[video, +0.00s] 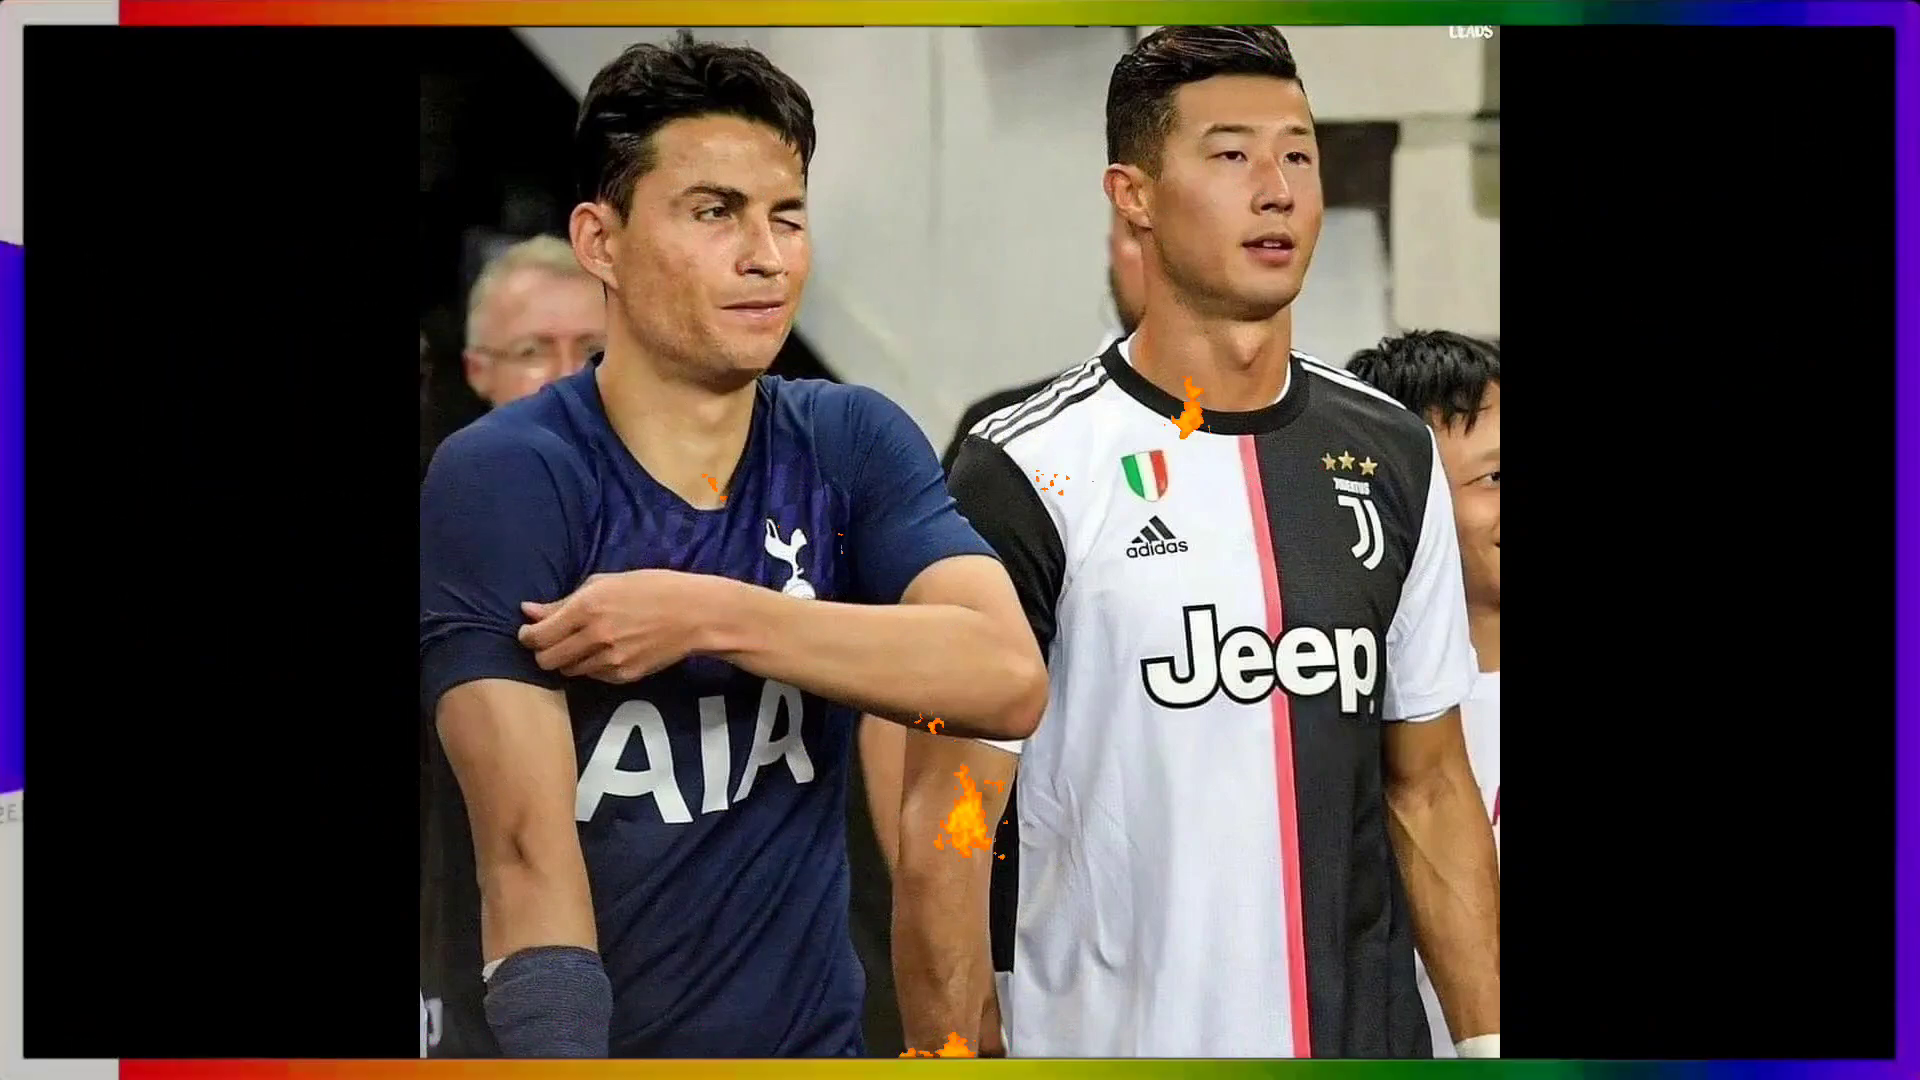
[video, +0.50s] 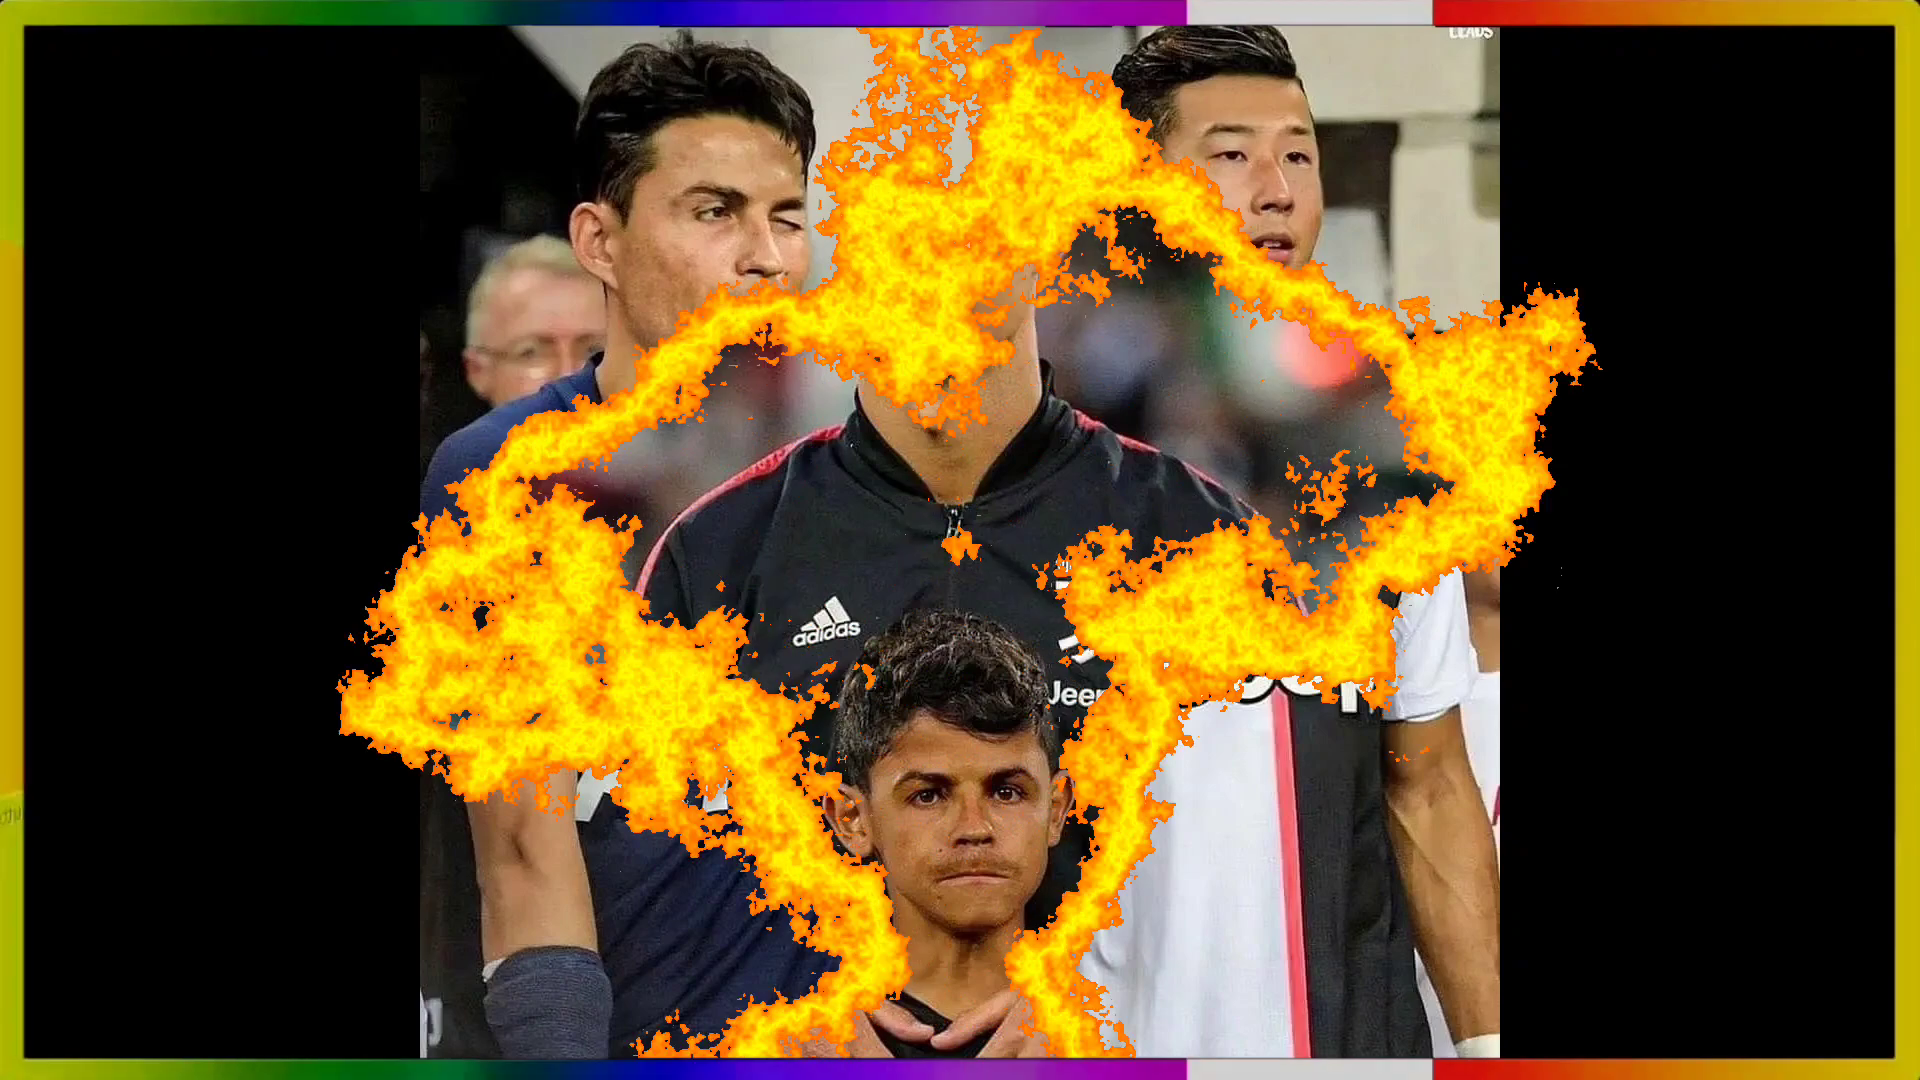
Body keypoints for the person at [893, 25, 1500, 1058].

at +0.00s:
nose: (1280, 193)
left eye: (1298, 158)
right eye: (1230, 156)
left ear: (1320, 186)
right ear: (1133, 199)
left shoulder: (1392, 453)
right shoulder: (1021, 461)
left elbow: (1430, 785)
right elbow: (946, 818)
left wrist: (1484, 1045)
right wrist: (946, 1062)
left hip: (1359, 1045)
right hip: (1107, 1045)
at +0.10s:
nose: (1280, 194)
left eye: (1298, 158)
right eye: (1231, 157)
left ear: (1321, 186)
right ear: (1133, 198)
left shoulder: (1392, 451)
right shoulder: (1017, 462)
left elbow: (1429, 783)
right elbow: (935, 779)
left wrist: (1484, 1045)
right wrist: (951, 1052)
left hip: (1356, 1045)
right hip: (1102, 1046)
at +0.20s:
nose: (1278, 193)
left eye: (1297, 159)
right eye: (1231, 156)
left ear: (1322, 186)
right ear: (1134, 198)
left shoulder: (1389, 450)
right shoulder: (1020, 450)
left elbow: (1429, 788)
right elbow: (957, 772)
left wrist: (1486, 1045)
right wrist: (956, 1043)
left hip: (1351, 1045)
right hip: (1099, 1044)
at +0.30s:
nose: (1278, 193)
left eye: (1297, 158)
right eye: (1231, 156)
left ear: (1323, 181)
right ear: (1135, 196)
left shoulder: (1382, 448)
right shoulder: (1036, 445)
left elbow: (1431, 788)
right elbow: (952, 748)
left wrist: (1487, 1043)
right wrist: (968, 1036)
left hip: (1352, 1039)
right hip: (1110, 1040)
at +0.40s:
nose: (1278, 193)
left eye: (1297, 158)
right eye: (1231, 157)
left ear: (1322, 182)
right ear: (1138, 188)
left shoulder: (1384, 444)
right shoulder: (1049, 442)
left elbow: (1431, 786)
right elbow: (984, 749)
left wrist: (1484, 1044)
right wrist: (984, 1029)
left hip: (1346, 1031)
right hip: (1110, 1035)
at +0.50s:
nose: (1277, 192)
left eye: (1297, 156)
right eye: (1231, 156)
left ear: (1322, 180)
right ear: (1137, 183)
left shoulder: (1384, 436)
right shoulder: (1068, 432)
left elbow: (1428, 783)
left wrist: (1483, 1042)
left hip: (1348, 1030)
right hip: (1117, 1028)